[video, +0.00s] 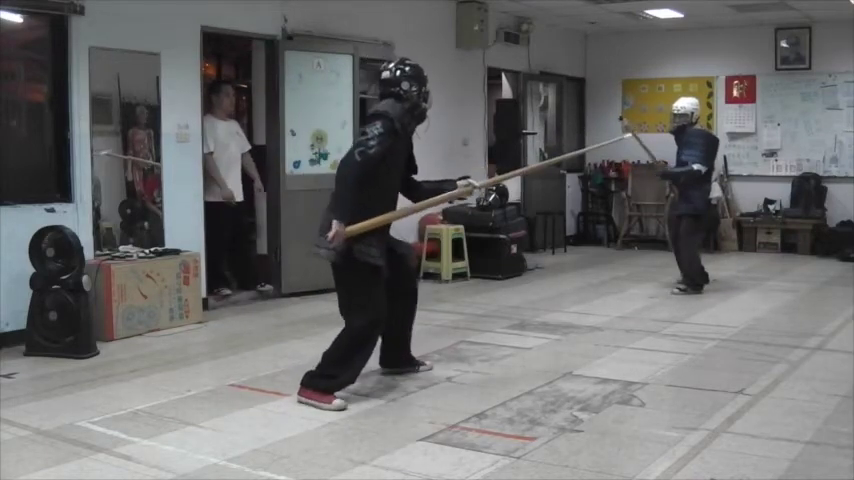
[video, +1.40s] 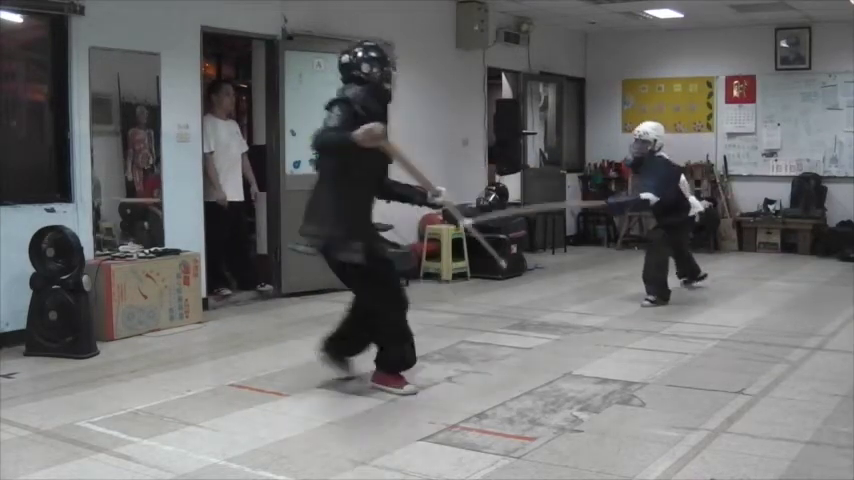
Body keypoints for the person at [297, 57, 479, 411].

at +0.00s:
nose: (426, 98)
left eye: (425, 91)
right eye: (421, 91)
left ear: (398, 91)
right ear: (408, 92)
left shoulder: (400, 132)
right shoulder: (384, 127)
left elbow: (413, 190)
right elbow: (349, 166)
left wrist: (457, 187)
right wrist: (341, 217)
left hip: (375, 234)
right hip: (352, 236)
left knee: (405, 272)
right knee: (368, 317)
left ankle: (397, 358)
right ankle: (317, 386)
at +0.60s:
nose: (431, 103)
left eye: (431, 96)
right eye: (426, 96)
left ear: (411, 97)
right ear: (408, 97)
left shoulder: (411, 136)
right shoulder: (386, 135)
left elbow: (425, 195)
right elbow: (351, 171)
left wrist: (463, 191)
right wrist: (349, 227)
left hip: (390, 241)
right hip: (366, 244)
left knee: (426, 282)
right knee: (369, 319)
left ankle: (435, 344)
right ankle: (317, 386)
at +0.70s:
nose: (443, 113)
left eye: (442, 106)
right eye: (437, 106)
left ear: (422, 108)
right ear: (420, 107)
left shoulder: (427, 144)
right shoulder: (400, 144)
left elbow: (443, 184)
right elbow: (374, 175)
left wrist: (488, 186)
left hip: (401, 243)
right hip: (382, 244)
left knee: (434, 286)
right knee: (374, 323)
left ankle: (450, 347)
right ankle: (319, 385)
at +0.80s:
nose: (456, 113)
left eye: (455, 106)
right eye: (451, 106)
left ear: (426, 110)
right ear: (438, 110)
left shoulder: (433, 147)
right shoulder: (419, 145)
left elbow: (449, 187)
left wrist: (487, 186)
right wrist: (453, 206)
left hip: (409, 241)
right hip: (393, 242)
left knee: (447, 278)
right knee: (390, 317)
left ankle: (450, 346)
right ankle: (325, 377)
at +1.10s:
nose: (444, 102)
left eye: (443, 95)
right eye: (439, 95)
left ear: (419, 96)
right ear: (424, 95)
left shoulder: (422, 134)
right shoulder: (405, 130)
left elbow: (424, 188)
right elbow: (389, 166)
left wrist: (458, 197)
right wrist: (437, 185)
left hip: (413, 233)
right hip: (397, 235)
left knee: (452, 278)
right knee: (432, 303)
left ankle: (451, 346)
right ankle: (373, 358)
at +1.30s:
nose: (404, 84)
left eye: (403, 77)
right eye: (397, 78)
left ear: (380, 81)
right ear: (380, 81)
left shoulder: (384, 122)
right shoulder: (366, 117)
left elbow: (393, 188)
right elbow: (363, 152)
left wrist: (440, 198)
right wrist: (407, 140)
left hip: (376, 226)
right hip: (362, 228)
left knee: (413, 294)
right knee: (409, 300)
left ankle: (411, 356)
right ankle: (390, 370)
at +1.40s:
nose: (389, 79)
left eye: (389, 72)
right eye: (383, 71)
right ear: (364, 72)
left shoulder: (373, 117)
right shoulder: (345, 105)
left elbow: (377, 184)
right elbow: (321, 139)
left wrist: (423, 195)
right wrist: (354, 137)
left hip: (355, 224)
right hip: (334, 224)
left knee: (385, 289)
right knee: (382, 290)